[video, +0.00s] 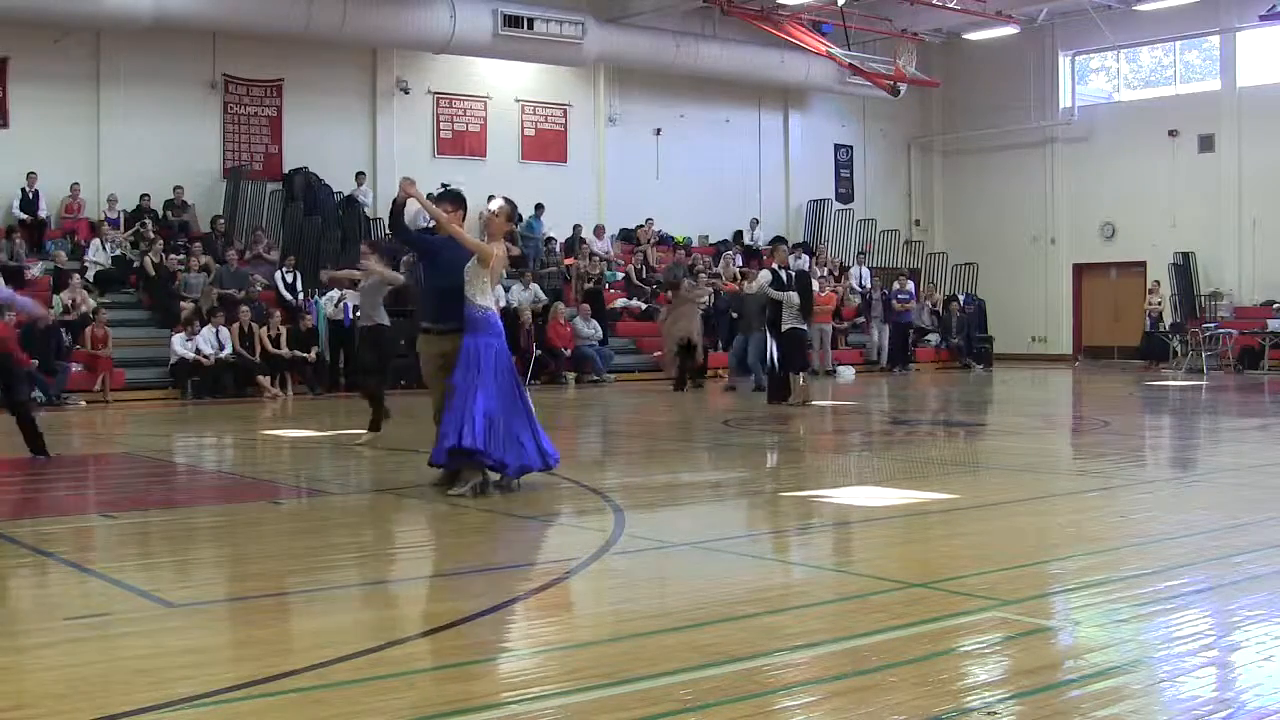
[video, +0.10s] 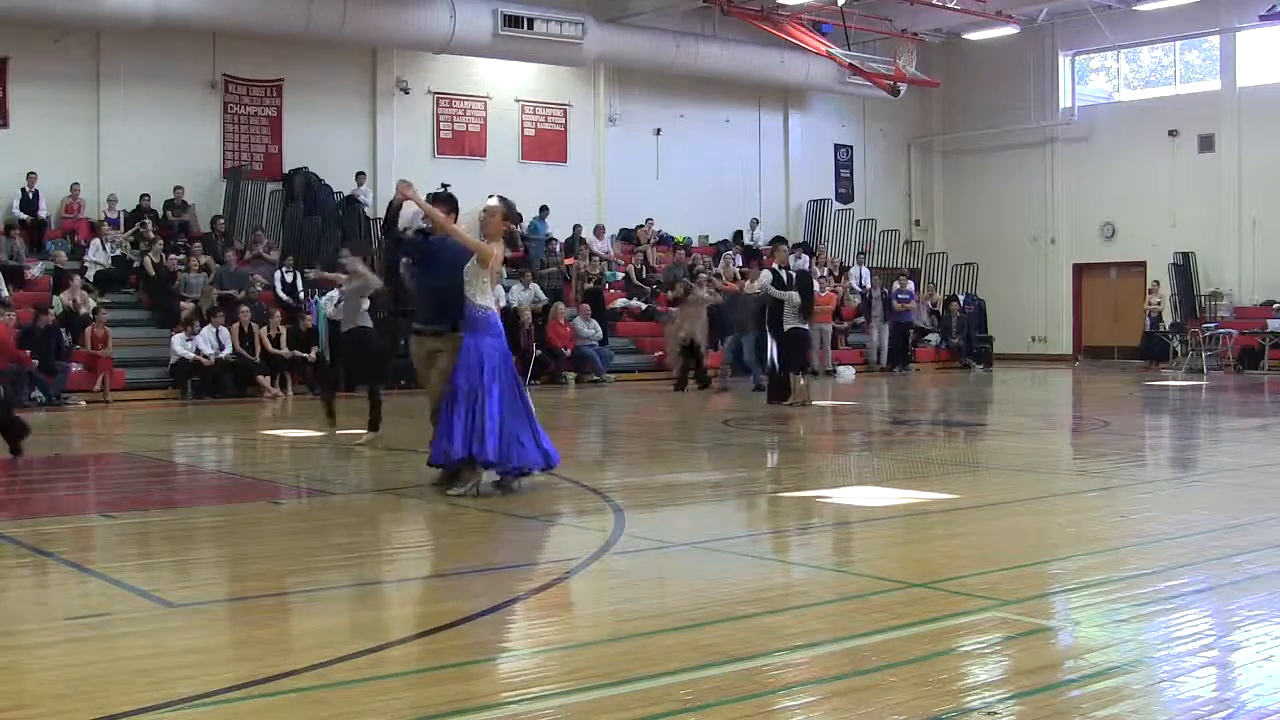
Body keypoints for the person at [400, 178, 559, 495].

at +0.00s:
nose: (487, 217)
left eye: (494, 214)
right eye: (488, 212)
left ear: (508, 225)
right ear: (494, 221)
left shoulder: (491, 251)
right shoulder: (498, 250)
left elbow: (451, 227)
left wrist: (419, 197)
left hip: (482, 330)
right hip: (489, 328)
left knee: (471, 397)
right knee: (493, 396)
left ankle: (473, 469)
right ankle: (508, 463)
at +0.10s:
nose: (483, 217)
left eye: (490, 213)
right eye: (484, 212)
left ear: (505, 224)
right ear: (496, 223)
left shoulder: (491, 251)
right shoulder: (492, 249)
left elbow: (450, 228)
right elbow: (456, 232)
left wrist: (416, 198)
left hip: (481, 330)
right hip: (485, 328)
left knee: (472, 395)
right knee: (493, 396)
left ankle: (474, 469)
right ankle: (511, 464)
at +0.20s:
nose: (477, 220)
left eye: (483, 216)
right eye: (477, 214)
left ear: (498, 223)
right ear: (478, 218)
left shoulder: (488, 252)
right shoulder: (481, 248)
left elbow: (449, 237)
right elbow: (449, 237)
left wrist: (408, 211)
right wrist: (417, 219)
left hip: (482, 332)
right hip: (482, 329)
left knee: (469, 397)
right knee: (493, 397)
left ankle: (472, 470)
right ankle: (508, 466)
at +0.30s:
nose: (465, 223)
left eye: (472, 219)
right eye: (465, 218)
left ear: (487, 225)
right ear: (467, 222)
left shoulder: (480, 253)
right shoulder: (469, 249)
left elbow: (439, 244)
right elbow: (437, 241)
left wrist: (403, 221)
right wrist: (406, 225)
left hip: (476, 331)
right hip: (474, 328)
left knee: (465, 398)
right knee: (491, 397)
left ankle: (464, 469)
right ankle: (509, 465)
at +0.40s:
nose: (453, 227)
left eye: (459, 223)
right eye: (453, 222)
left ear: (475, 226)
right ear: (457, 225)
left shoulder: (469, 256)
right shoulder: (461, 255)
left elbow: (427, 244)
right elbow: (424, 242)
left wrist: (389, 219)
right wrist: (394, 225)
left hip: (469, 332)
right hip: (462, 330)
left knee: (459, 397)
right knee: (462, 397)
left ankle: (464, 467)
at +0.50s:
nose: (439, 226)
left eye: (445, 221)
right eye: (440, 220)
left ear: (461, 227)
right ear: (445, 225)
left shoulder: (456, 258)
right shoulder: (449, 256)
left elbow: (413, 244)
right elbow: (412, 243)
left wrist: (375, 216)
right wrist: (378, 218)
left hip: (457, 333)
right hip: (448, 331)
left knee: (450, 399)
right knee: (448, 399)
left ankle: (462, 469)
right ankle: (456, 468)